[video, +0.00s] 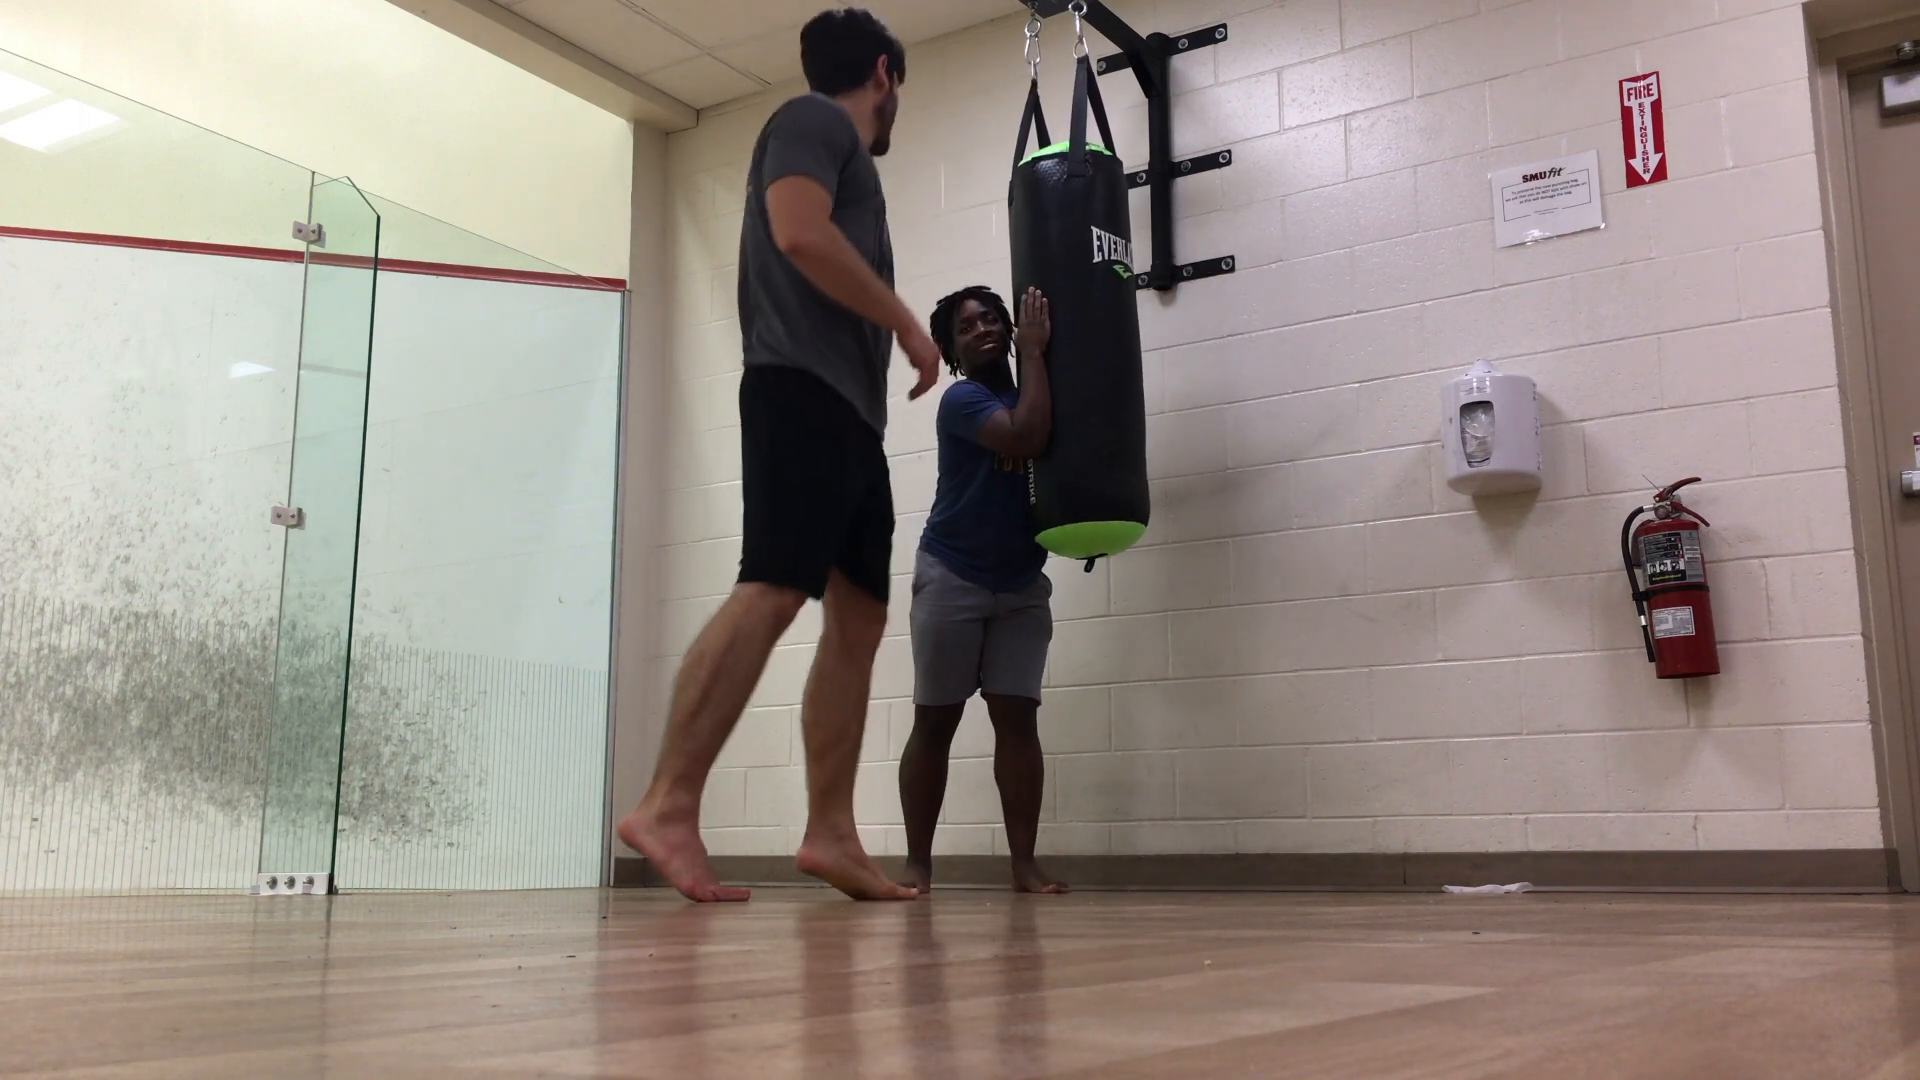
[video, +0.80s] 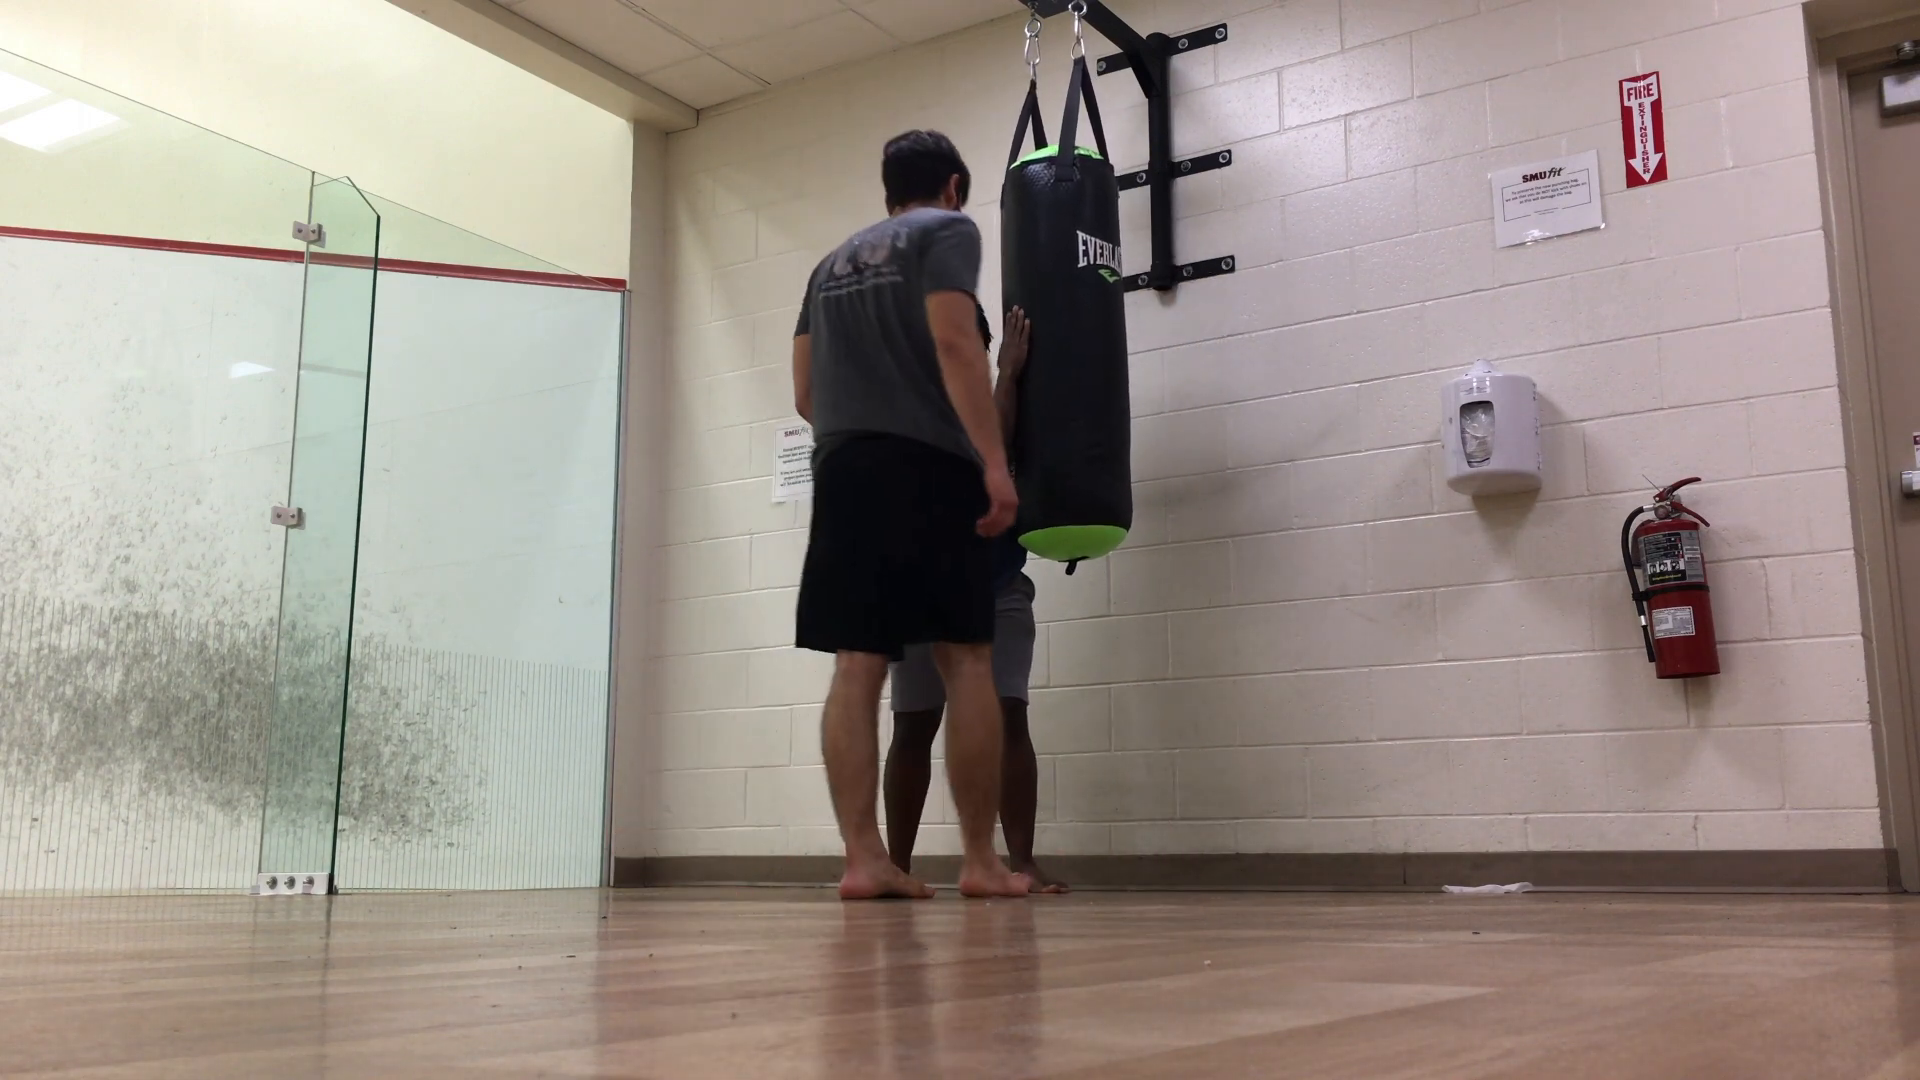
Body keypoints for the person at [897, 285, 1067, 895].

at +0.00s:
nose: (983, 328)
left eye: (991, 318)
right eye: (968, 325)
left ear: (1010, 332)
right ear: (950, 348)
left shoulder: (1026, 398)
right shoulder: (960, 400)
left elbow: (1059, 449)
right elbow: (1027, 437)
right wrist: (1033, 352)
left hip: (1020, 580)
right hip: (952, 579)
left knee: (1018, 722)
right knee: (935, 725)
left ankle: (1025, 865)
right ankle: (918, 865)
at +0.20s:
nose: (982, 329)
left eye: (990, 319)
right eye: (967, 325)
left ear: (1007, 332)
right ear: (948, 347)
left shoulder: (1024, 399)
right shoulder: (957, 402)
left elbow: (1056, 454)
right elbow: (1021, 444)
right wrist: (1031, 358)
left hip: (1023, 581)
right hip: (954, 581)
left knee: (1018, 722)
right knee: (937, 727)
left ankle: (1025, 866)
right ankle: (919, 864)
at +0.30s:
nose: (981, 331)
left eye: (989, 321)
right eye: (966, 327)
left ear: (1005, 331)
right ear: (948, 347)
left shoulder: (1024, 399)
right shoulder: (956, 403)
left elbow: (1060, 447)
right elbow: (1019, 444)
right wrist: (1029, 356)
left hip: (1023, 582)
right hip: (954, 582)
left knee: (1019, 722)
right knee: (938, 726)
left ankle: (1025, 866)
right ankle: (919, 862)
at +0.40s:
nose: (979, 332)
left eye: (987, 321)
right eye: (964, 328)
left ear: (1005, 331)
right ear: (947, 348)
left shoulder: (1025, 400)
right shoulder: (952, 403)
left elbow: (1061, 452)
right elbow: (1014, 445)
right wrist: (1026, 359)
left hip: (1022, 584)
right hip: (951, 584)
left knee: (1020, 723)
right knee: (935, 727)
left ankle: (1024, 864)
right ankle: (918, 862)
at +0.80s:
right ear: (925, 337)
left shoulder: (980, 401)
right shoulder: (896, 406)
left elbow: (1005, 449)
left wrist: (1010, 373)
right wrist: (1010, 373)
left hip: (998, 579)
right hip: (916, 584)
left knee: (1010, 721)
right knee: (914, 730)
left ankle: (1021, 861)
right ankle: (897, 865)